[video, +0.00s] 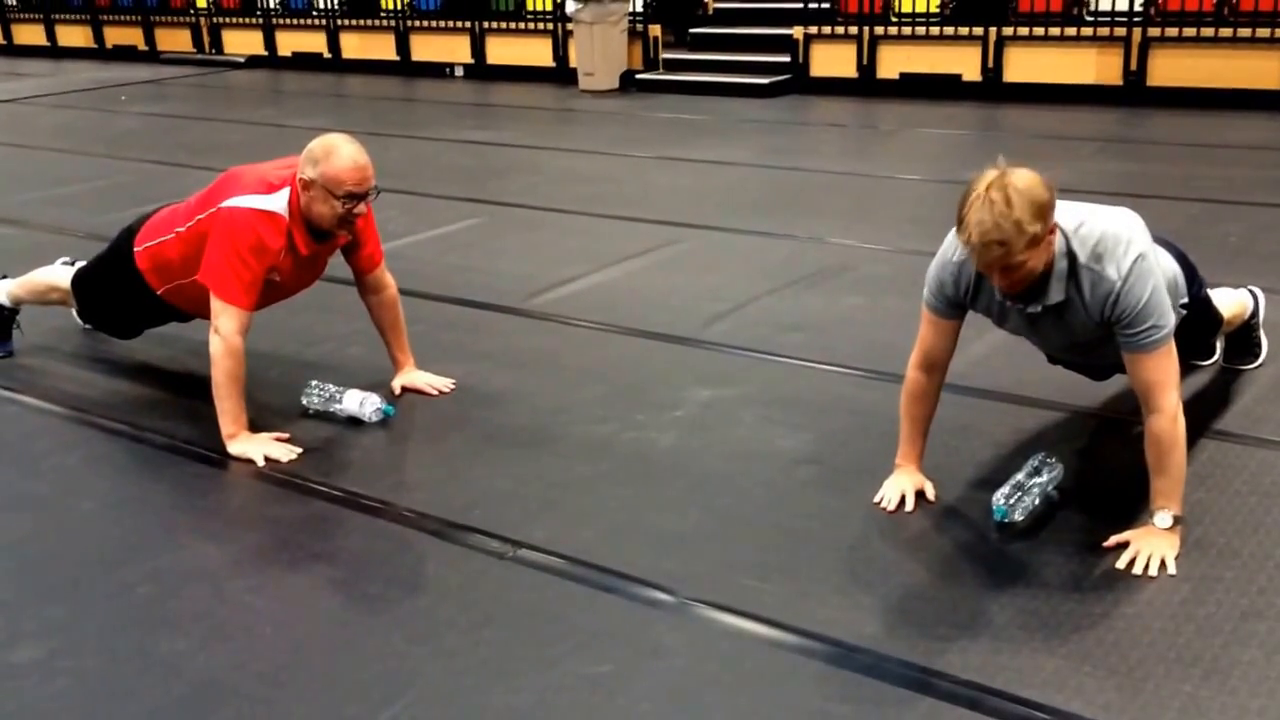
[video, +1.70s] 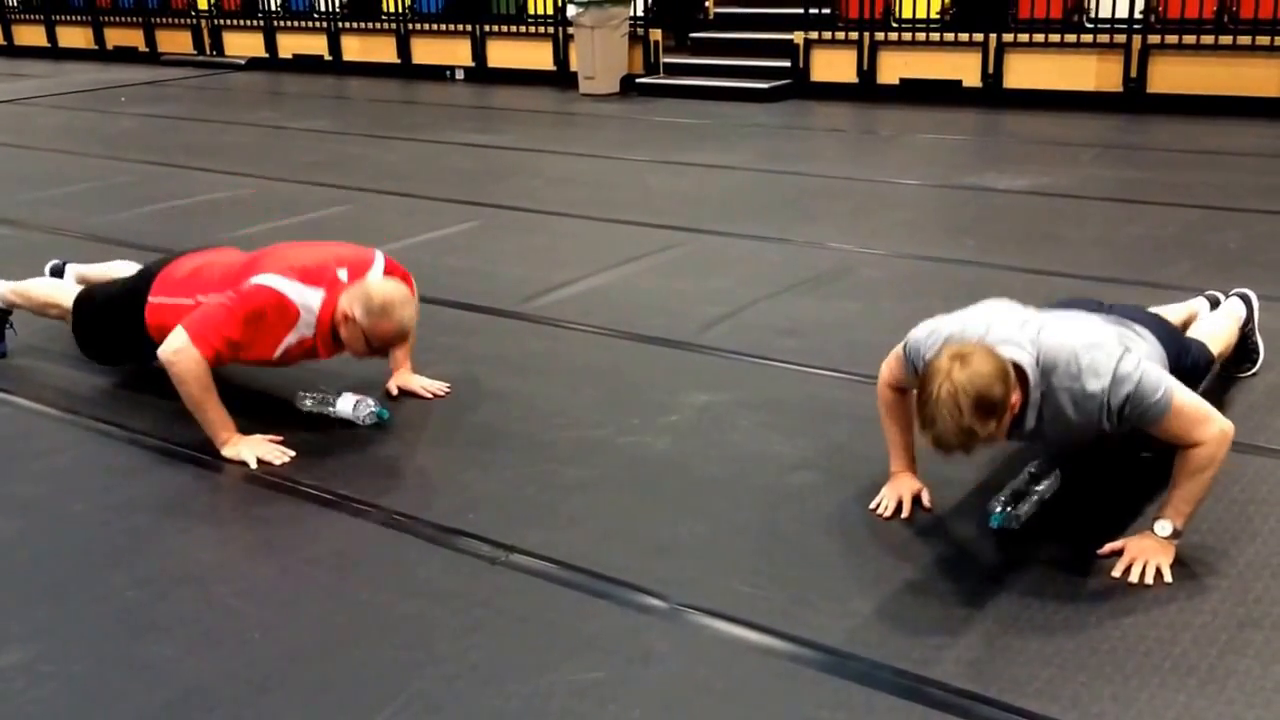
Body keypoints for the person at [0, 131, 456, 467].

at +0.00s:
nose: (359, 209)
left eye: (364, 197)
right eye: (349, 197)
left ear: (366, 189)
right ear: (306, 185)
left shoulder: (347, 205)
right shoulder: (251, 225)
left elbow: (377, 282)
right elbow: (227, 334)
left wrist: (405, 364)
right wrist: (236, 435)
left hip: (195, 280)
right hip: (144, 273)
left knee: (128, 305)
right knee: (76, 288)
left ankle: (80, 290)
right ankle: (5, 294)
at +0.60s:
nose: (366, 270)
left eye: (375, 258)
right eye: (357, 258)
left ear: (377, 235)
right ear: (324, 235)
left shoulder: (363, 232)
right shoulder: (260, 257)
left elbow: (395, 291)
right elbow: (195, 342)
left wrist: (405, 366)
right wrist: (234, 436)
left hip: (200, 258)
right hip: (152, 275)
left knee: (117, 281)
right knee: (76, 293)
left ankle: (76, 275)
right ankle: (6, 290)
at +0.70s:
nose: (372, 317)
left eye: (382, 307)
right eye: (364, 307)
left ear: (394, 286)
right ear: (335, 281)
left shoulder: (374, 257)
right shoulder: (263, 285)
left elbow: (404, 297)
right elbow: (184, 350)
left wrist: (406, 366)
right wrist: (233, 436)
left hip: (206, 261)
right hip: (155, 294)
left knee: (140, 270)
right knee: (73, 301)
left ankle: (78, 271)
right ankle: (7, 290)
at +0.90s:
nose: (385, 378)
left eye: (395, 374)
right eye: (377, 373)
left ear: (412, 316)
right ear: (353, 345)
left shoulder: (394, 291)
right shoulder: (276, 325)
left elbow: (398, 286)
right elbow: (176, 354)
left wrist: (400, 369)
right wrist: (232, 436)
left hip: (230, 283)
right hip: (171, 310)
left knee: (149, 283)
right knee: (80, 310)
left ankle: (78, 268)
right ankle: (11, 291)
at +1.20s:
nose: (384, 334)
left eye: (393, 323)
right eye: (378, 324)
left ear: (398, 295)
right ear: (347, 297)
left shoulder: (377, 267)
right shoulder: (269, 296)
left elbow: (407, 303)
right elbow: (182, 351)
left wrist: (404, 367)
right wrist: (231, 438)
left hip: (219, 255)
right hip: (160, 290)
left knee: (137, 269)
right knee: (79, 298)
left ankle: (76, 271)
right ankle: (7, 290)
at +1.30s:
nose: (374, 293)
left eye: (386, 284)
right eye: (367, 283)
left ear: (399, 248)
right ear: (338, 258)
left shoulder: (377, 241)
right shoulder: (263, 262)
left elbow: (403, 298)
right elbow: (196, 343)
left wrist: (403, 367)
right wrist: (232, 437)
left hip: (214, 251)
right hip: (159, 271)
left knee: (125, 282)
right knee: (81, 291)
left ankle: (77, 279)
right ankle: (10, 290)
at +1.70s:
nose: (370, 356)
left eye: (381, 350)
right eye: (366, 347)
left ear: (403, 305)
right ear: (345, 318)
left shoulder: (387, 279)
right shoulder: (269, 304)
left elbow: (406, 293)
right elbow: (178, 354)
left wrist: (401, 365)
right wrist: (229, 439)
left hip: (216, 269)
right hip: (156, 301)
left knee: (141, 274)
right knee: (76, 305)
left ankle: (70, 272)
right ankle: (6, 292)